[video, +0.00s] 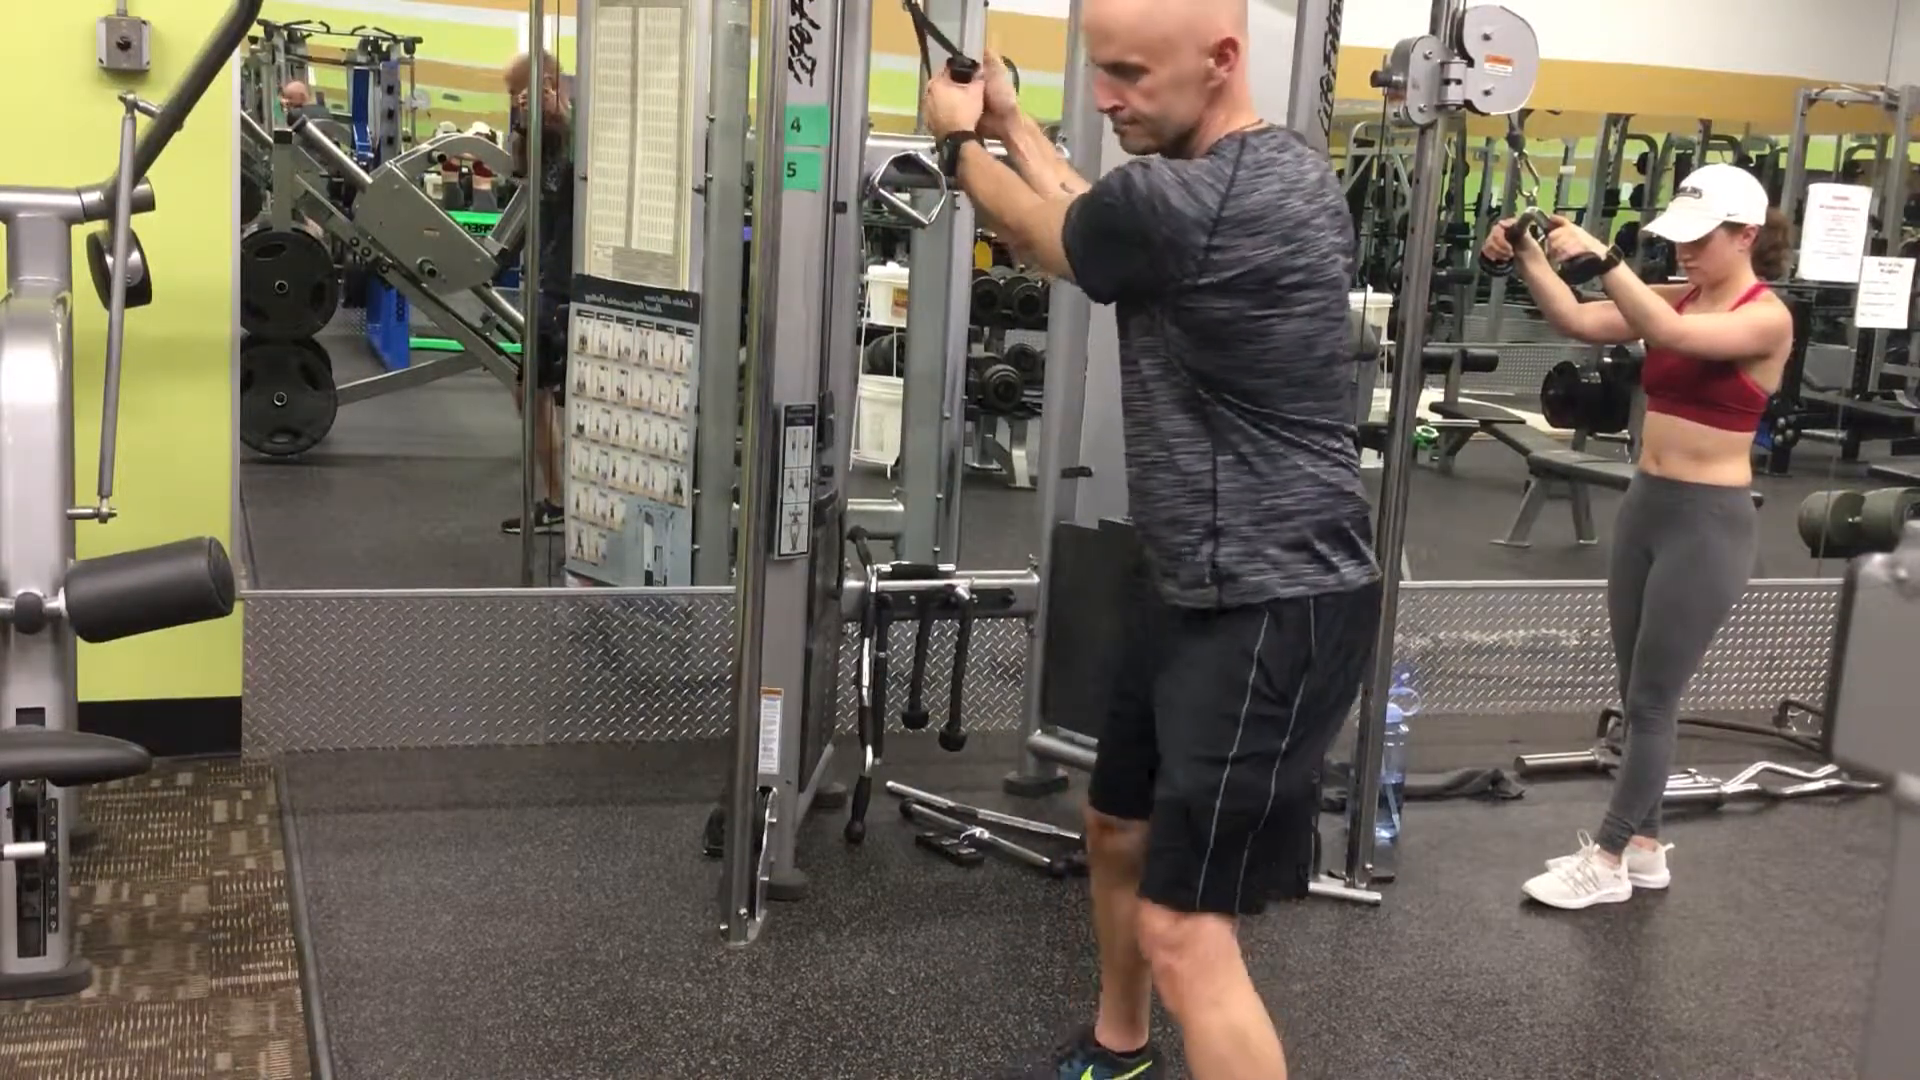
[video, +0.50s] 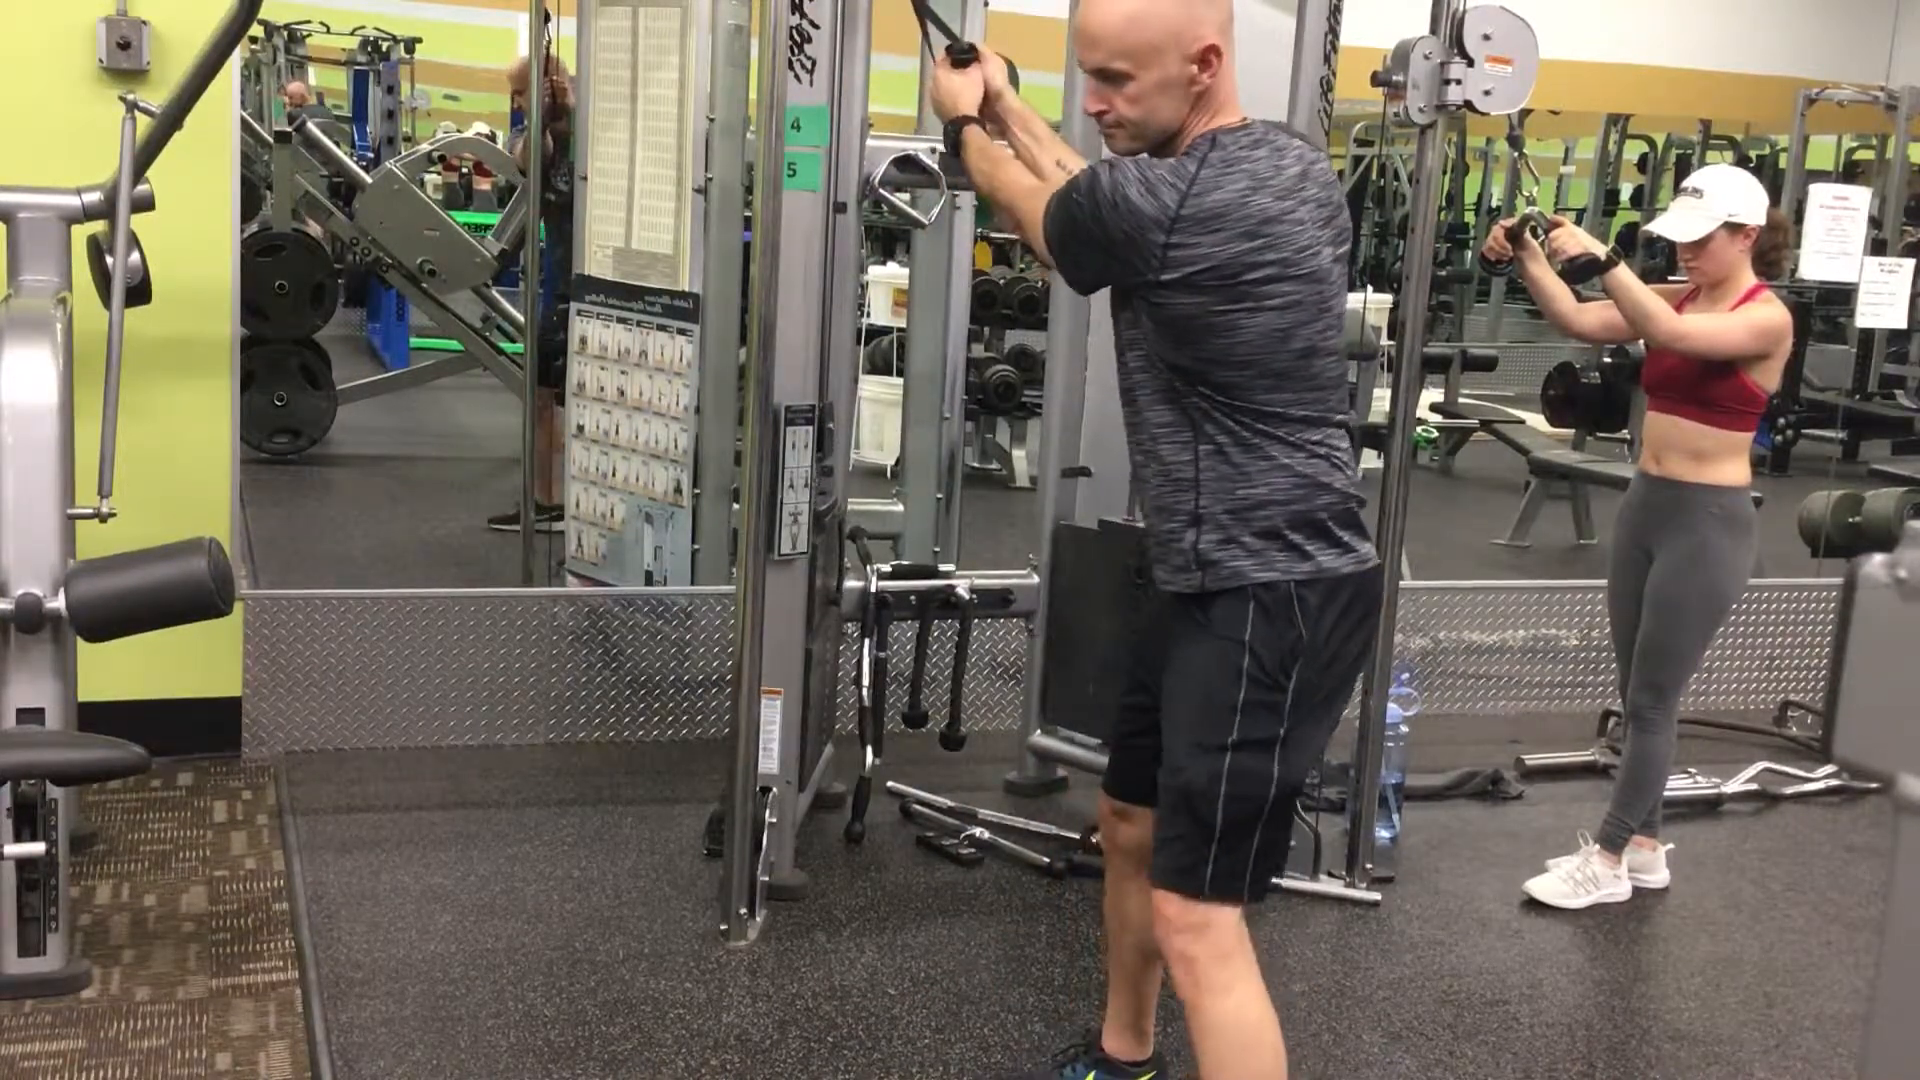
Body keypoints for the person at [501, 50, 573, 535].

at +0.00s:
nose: (519, 105)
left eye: (525, 94)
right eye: (514, 97)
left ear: (552, 89)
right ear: (517, 97)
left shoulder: (584, 137)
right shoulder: (531, 140)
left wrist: (567, 122)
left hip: (576, 283)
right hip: (542, 283)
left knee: (579, 398)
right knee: (531, 391)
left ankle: (580, 502)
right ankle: (553, 499)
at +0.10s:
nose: (513, 101)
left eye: (519, 91)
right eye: (511, 92)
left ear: (545, 89)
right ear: (550, 89)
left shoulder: (547, 139)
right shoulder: (547, 139)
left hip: (556, 285)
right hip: (552, 282)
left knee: (532, 390)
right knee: (539, 392)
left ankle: (555, 497)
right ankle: (556, 496)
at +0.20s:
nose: (512, 99)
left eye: (518, 90)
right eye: (511, 91)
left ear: (542, 88)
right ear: (550, 86)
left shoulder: (544, 135)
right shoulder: (560, 132)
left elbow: (533, 208)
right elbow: (524, 207)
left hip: (552, 280)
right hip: (554, 278)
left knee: (543, 391)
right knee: (544, 391)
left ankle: (554, 497)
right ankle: (552, 494)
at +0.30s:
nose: (513, 102)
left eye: (519, 93)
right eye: (513, 94)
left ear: (543, 88)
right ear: (552, 84)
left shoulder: (544, 132)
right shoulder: (570, 126)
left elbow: (528, 169)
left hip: (555, 281)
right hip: (564, 277)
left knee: (544, 399)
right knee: (549, 399)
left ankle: (546, 500)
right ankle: (549, 499)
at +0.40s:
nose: (514, 102)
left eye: (519, 94)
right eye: (513, 94)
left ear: (543, 87)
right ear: (551, 82)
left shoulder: (545, 131)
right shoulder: (572, 124)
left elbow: (528, 181)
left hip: (557, 278)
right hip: (567, 274)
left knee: (544, 397)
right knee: (549, 397)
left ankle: (546, 500)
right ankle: (549, 498)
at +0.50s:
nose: (514, 102)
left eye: (519, 93)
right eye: (514, 94)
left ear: (539, 89)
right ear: (552, 84)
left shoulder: (547, 131)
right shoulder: (572, 124)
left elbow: (526, 168)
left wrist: (487, 142)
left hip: (557, 278)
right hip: (568, 274)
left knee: (543, 397)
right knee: (549, 397)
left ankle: (547, 499)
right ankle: (548, 498)